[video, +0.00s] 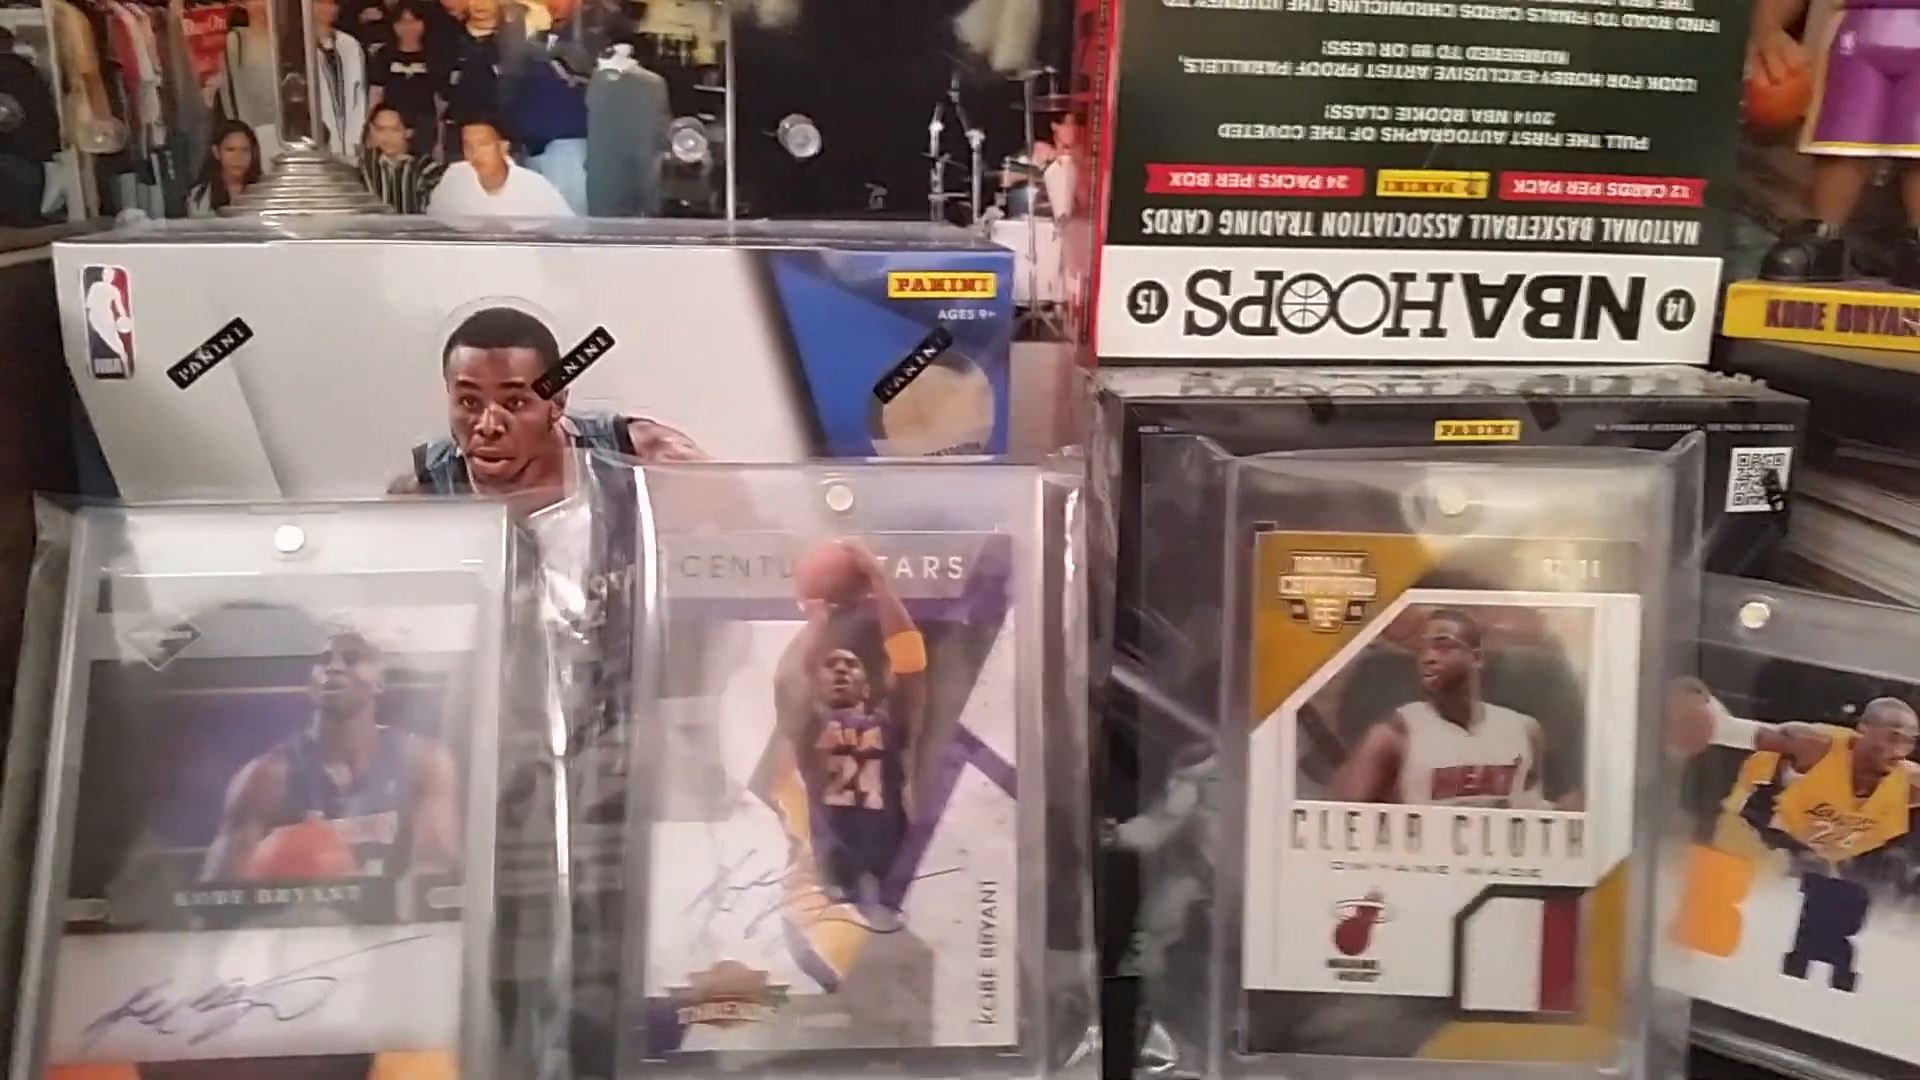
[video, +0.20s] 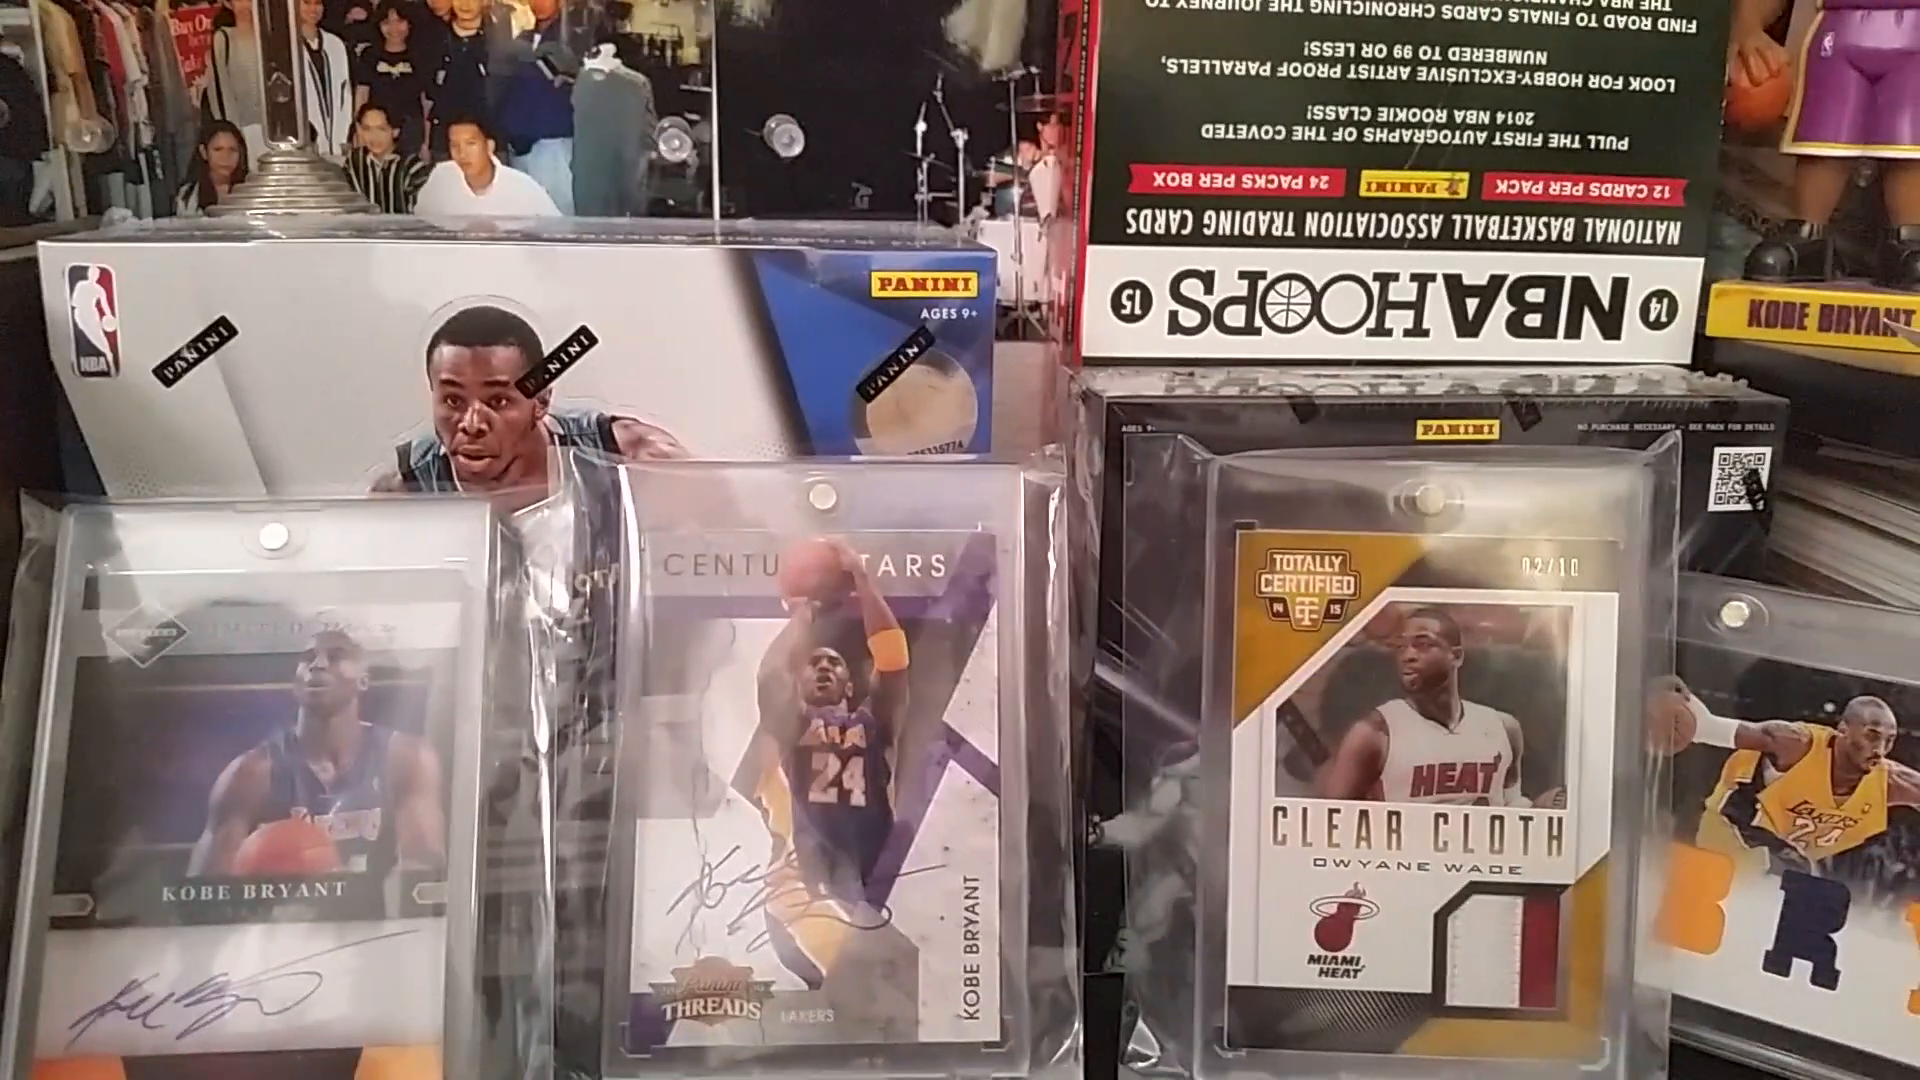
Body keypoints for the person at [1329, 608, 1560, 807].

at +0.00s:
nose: (1426, 657)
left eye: (1442, 646)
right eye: (1422, 648)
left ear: (1477, 658)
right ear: (1417, 656)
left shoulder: (1525, 732)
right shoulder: (1392, 735)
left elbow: (1533, 818)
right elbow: (1342, 820)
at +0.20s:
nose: (1407, 655)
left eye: (1423, 644)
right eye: (1402, 646)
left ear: (1457, 656)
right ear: (1395, 653)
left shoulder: (1504, 731)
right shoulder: (1372, 735)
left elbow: (1511, 811)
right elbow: (1325, 825)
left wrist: (1538, 809)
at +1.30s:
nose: (1418, 649)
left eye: (1434, 637)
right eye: (1413, 640)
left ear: (1467, 648)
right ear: (1407, 648)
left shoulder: (1515, 723)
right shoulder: (1383, 726)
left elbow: (1519, 802)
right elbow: (1342, 817)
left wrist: (1548, 802)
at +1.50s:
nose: (1451, 645)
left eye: (1465, 636)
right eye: (1444, 638)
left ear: (1498, 647)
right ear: (1437, 650)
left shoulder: (1546, 720)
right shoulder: (1415, 721)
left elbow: (1554, 799)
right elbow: (1374, 807)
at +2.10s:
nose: (1441, 639)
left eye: (1456, 628)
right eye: (1438, 630)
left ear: (1488, 638)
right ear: (1431, 638)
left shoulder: (1536, 712)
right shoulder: (1406, 715)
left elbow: (1542, 792)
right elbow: (1366, 799)